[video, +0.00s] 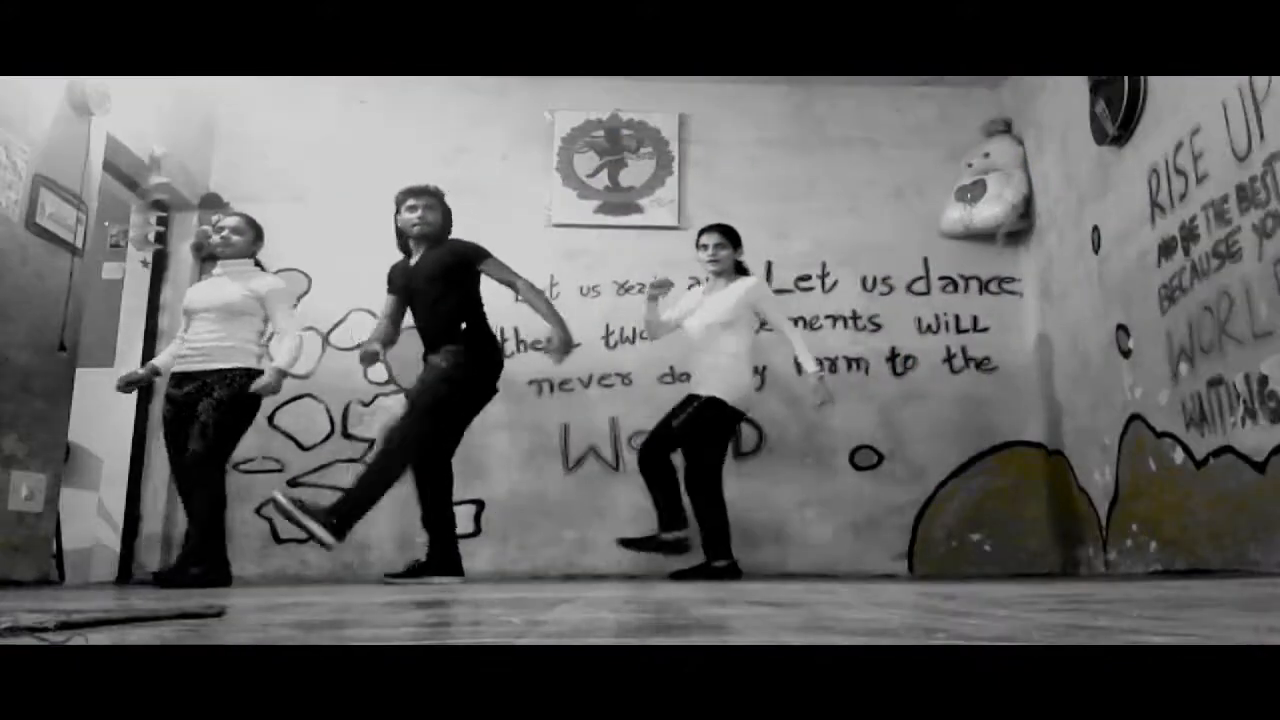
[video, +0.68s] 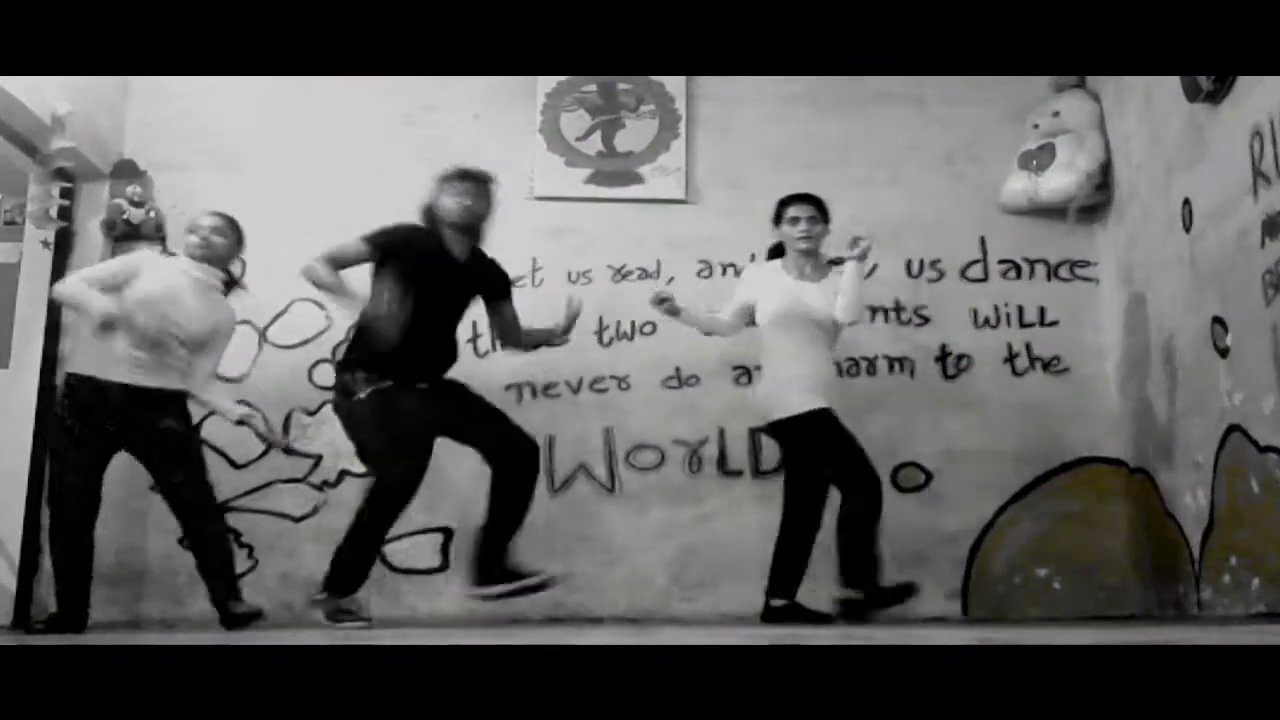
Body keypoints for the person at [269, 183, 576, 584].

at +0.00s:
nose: (419, 213)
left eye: (429, 208)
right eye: (410, 209)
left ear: (445, 219)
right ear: (399, 223)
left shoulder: (458, 252)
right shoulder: (401, 273)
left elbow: (518, 284)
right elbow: (390, 322)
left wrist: (559, 326)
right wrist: (374, 344)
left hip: (473, 361)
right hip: (442, 367)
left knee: (405, 433)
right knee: (430, 454)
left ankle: (337, 519)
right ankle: (444, 556)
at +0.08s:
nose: (374, 189)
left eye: (385, 183)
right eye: (364, 183)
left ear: (403, 197)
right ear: (349, 199)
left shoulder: (425, 238)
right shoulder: (347, 262)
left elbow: (492, 277)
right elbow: (334, 320)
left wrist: (544, 316)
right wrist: (315, 352)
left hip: (441, 366)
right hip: (399, 375)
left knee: (356, 445)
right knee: (375, 480)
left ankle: (309, 561)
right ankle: (402, 597)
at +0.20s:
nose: (383, 178)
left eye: (395, 172)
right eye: (374, 172)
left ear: (412, 187)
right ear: (358, 187)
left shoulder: (438, 230)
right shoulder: (342, 248)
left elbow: (512, 262)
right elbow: (302, 302)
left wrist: (513, 273)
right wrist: (341, 313)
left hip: (436, 359)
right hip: (384, 367)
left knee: (373, 432)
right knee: (358, 475)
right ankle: (398, 594)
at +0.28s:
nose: (387, 171)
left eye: (398, 165)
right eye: (377, 165)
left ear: (416, 180)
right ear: (360, 180)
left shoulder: (437, 214)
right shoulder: (345, 240)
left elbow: (510, 243)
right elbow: (287, 294)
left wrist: (534, 284)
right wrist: (315, 267)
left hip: (432, 356)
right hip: (375, 366)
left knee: (403, 429)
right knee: (364, 470)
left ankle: (421, 560)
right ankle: (388, 594)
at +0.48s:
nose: (390, 192)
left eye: (401, 187)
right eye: (380, 187)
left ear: (420, 203)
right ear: (366, 205)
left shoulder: (448, 243)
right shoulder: (365, 262)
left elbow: (499, 297)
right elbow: (331, 286)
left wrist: (540, 350)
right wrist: (298, 250)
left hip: (436, 389)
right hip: (374, 390)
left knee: (430, 494)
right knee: (351, 495)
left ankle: (451, 596)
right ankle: (368, 599)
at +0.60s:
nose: (435, 187)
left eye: (445, 181)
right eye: (424, 179)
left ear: (457, 197)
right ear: (402, 190)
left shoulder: (468, 252)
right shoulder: (376, 239)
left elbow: (508, 309)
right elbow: (314, 288)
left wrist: (541, 346)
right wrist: (352, 247)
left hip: (442, 387)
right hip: (376, 387)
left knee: (501, 476)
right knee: (371, 479)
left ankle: (463, 576)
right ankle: (354, 591)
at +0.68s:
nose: (463, 200)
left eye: (473, 194)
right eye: (454, 191)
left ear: (486, 207)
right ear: (435, 200)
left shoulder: (486, 273)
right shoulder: (404, 241)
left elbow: (512, 336)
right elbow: (316, 267)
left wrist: (556, 335)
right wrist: (359, 302)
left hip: (428, 388)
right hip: (369, 385)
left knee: (518, 453)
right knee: (400, 471)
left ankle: (491, 570)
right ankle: (336, 592)